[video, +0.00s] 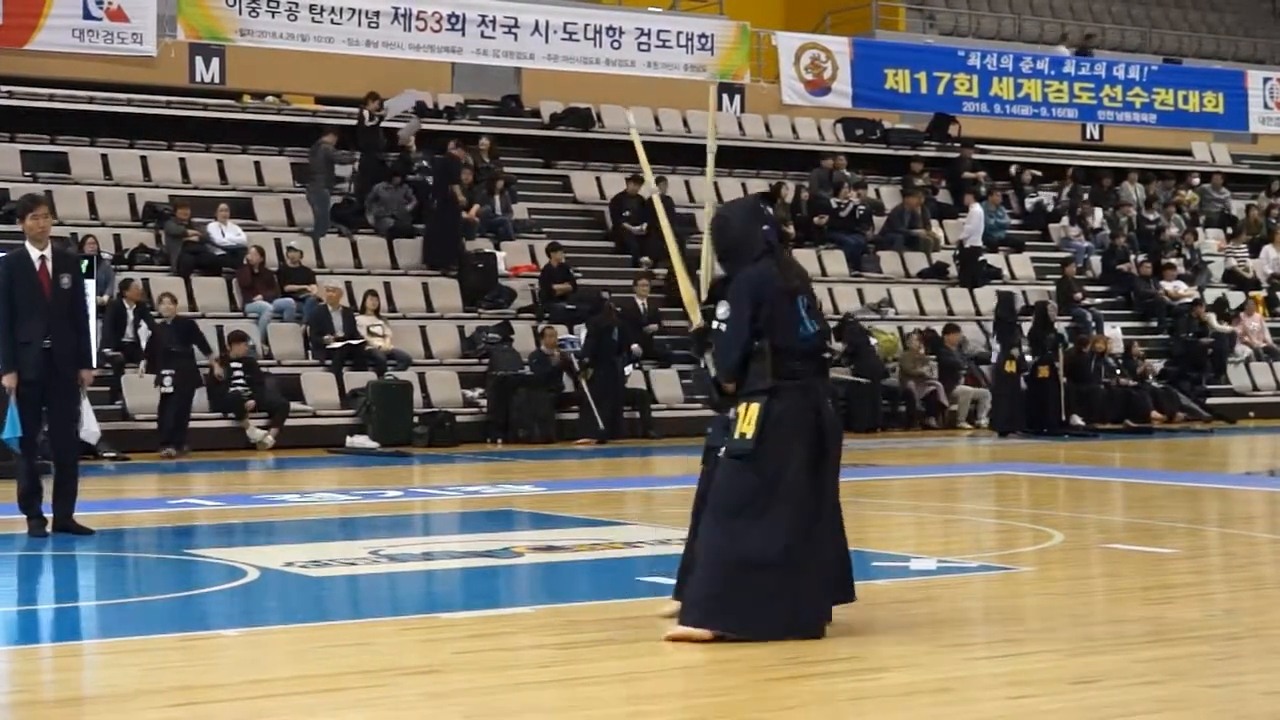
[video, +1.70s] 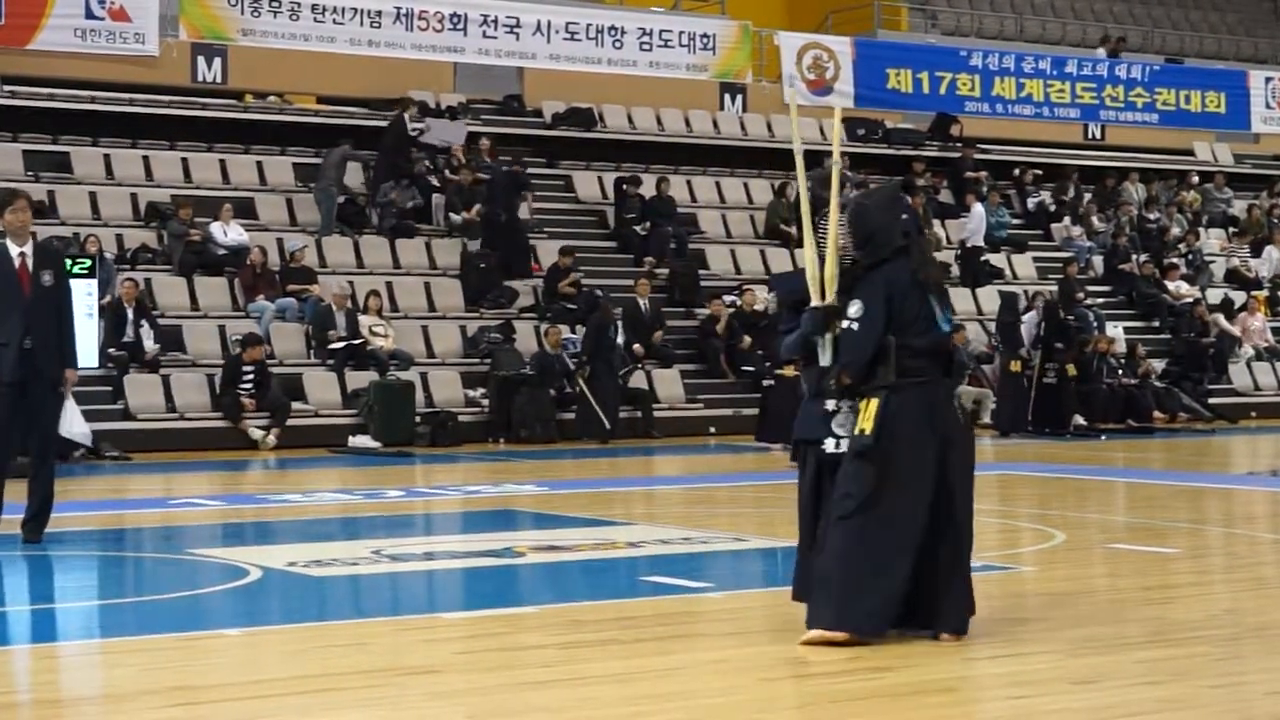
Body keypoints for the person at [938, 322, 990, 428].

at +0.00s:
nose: (959, 338)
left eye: (959, 335)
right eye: (956, 335)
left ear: (960, 336)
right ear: (947, 336)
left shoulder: (957, 351)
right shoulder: (942, 351)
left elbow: (970, 358)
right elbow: (956, 363)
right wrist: (964, 363)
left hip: (962, 385)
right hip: (948, 386)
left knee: (985, 394)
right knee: (967, 392)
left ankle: (981, 420)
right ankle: (961, 421)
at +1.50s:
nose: (964, 336)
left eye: (963, 333)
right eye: (961, 333)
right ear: (952, 335)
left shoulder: (960, 350)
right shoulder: (948, 349)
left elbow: (972, 360)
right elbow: (959, 365)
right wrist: (968, 365)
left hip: (962, 385)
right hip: (949, 385)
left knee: (987, 393)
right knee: (968, 392)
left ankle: (984, 419)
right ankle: (962, 421)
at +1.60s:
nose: (964, 336)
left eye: (964, 333)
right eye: (961, 333)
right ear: (952, 334)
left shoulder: (961, 350)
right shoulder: (949, 349)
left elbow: (972, 362)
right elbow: (960, 365)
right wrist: (969, 365)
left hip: (962, 384)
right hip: (949, 384)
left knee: (987, 393)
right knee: (968, 391)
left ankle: (984, 419)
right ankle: (963, 420)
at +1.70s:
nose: (965, 337)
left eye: (965, 333)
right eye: (962, 333)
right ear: (954, 336)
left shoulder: (962, 350)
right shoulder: (953, 350)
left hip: (962, 385)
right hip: (952, 386)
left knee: (987, 394)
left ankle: (985, 420)